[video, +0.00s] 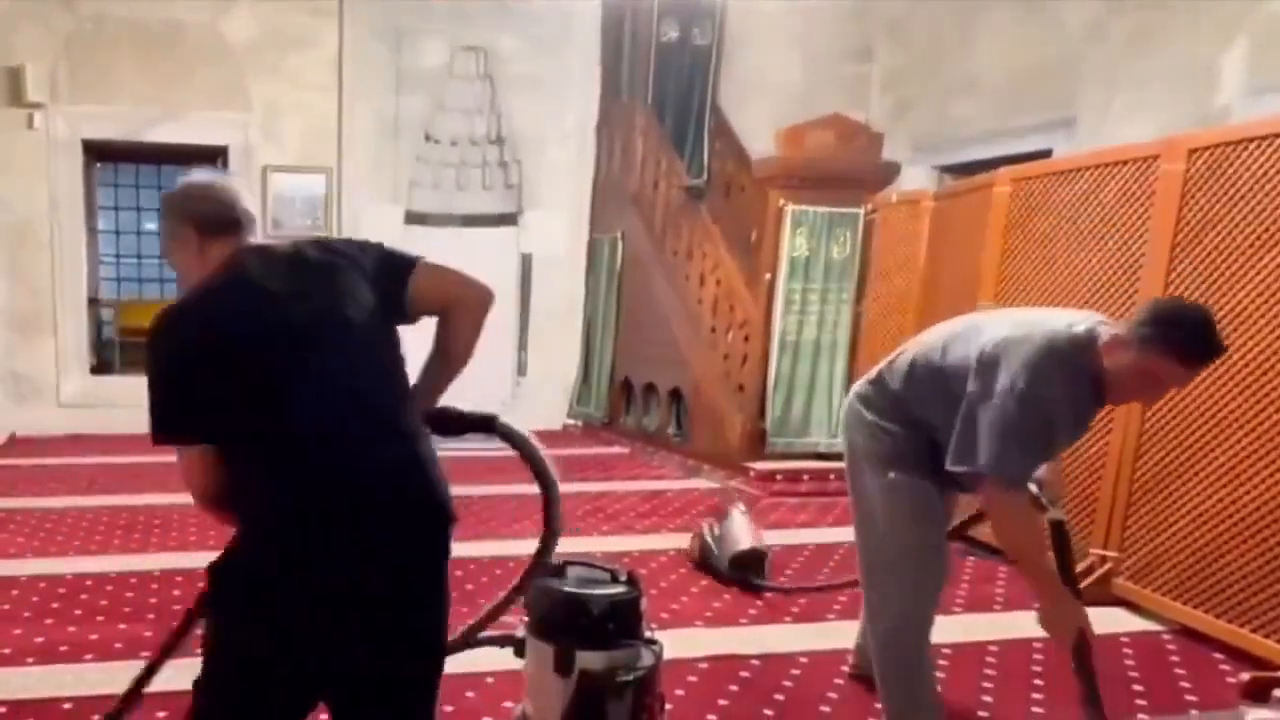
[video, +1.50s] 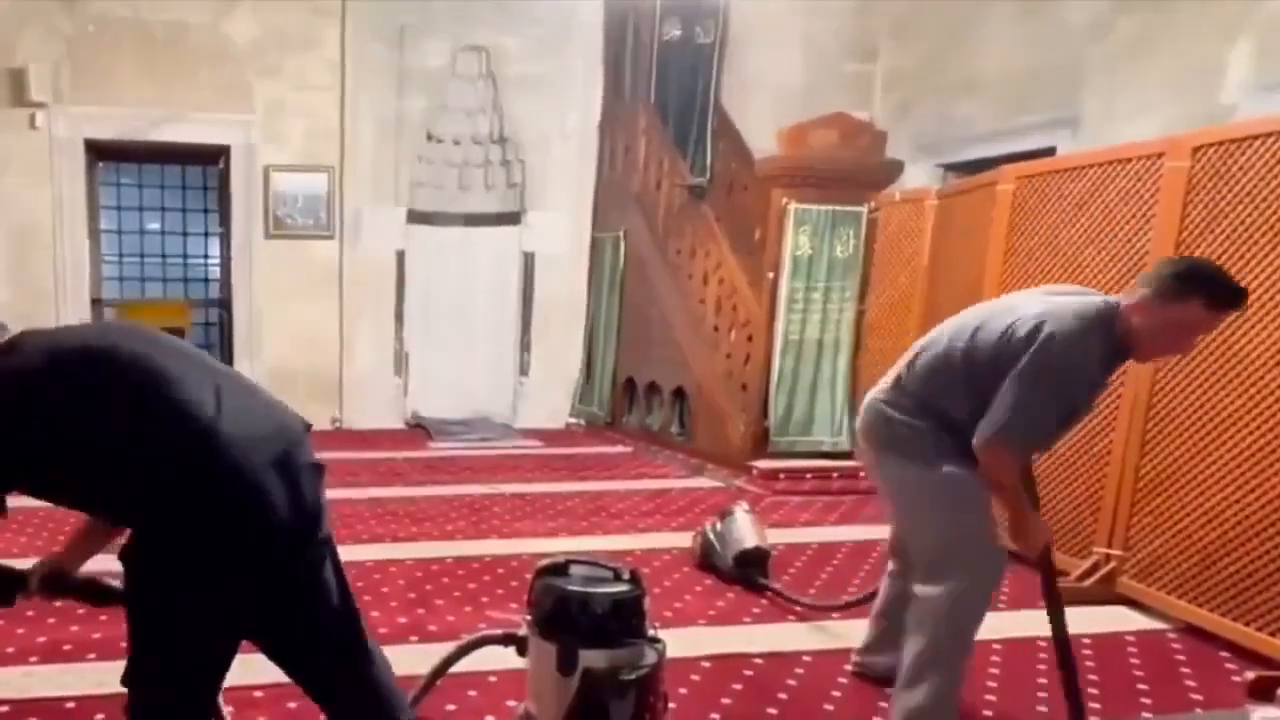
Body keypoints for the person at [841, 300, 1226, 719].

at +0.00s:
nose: (1154, 398)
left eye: (1168, 389)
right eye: (1155, 381)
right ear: (1124, 345)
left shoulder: (1098, 352)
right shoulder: (1037, 364)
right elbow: (1002, 491)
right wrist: (1052, 596)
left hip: (940, 431)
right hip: (890, 423)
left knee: (914, 559)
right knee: (910, 576)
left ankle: (873, 656)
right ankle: (913, 707)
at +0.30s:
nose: (1147, 392)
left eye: (1159, 383)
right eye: (1149, 376)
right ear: (1121, 342)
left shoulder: (1097, 332)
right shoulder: (1030, 357)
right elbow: (946, 460)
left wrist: (1004, 445)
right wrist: (1004, 543)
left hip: (933, 426)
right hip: (891, 423)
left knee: (910, 556)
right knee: (916, 579)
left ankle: (875, 656)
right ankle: (913, 708)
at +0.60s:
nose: (1146, 423)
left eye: (1161, 415)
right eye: (1149, 406)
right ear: (1121, 369)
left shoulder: (1104, 365)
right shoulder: (1029, 382)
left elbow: (1050, 424)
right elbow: (977, 510)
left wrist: (1042, 473)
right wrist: (1029, 604)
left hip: (943, 432)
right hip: (889, 429)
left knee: (919, 560)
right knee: (918, 579)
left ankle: (874, 656)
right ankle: (911, 706)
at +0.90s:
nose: (1142, 436)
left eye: (1157, 428)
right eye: (1144, 417)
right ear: (1117, 379)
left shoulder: (1098, 390)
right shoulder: (1028, 390)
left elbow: (1043, 474)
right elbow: (990, 525)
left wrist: (1039, 547)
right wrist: (1037, 637)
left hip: (943, 432)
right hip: (887, 423)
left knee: (926, 562)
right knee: (901, 590)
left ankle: (876, 653)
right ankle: (910, 706)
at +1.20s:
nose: (1166, 378)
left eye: (1177, 368)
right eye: (1170, 362)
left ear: (1133, 327)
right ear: (1136, 332)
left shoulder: (1094, 348)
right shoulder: (1046, 349)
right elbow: (963, 466)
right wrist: (1015, 543)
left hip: (932, 429)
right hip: (892, 421)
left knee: (920, 563)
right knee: (901, 583)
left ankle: (879, 656)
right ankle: (907, 707)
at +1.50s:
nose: (1189, 347)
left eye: (1199, 335)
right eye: (1191, 330)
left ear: (1146, 302)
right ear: (1157, 308)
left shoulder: (1095, 327)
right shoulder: (1074, 339)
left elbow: (1012, 432)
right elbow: (994, 447)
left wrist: (1022, 513)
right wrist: (1025, 520)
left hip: (916, 421)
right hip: (914, 430)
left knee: (918, 548)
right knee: (969, 565)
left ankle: (882, 655)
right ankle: (923, 707)